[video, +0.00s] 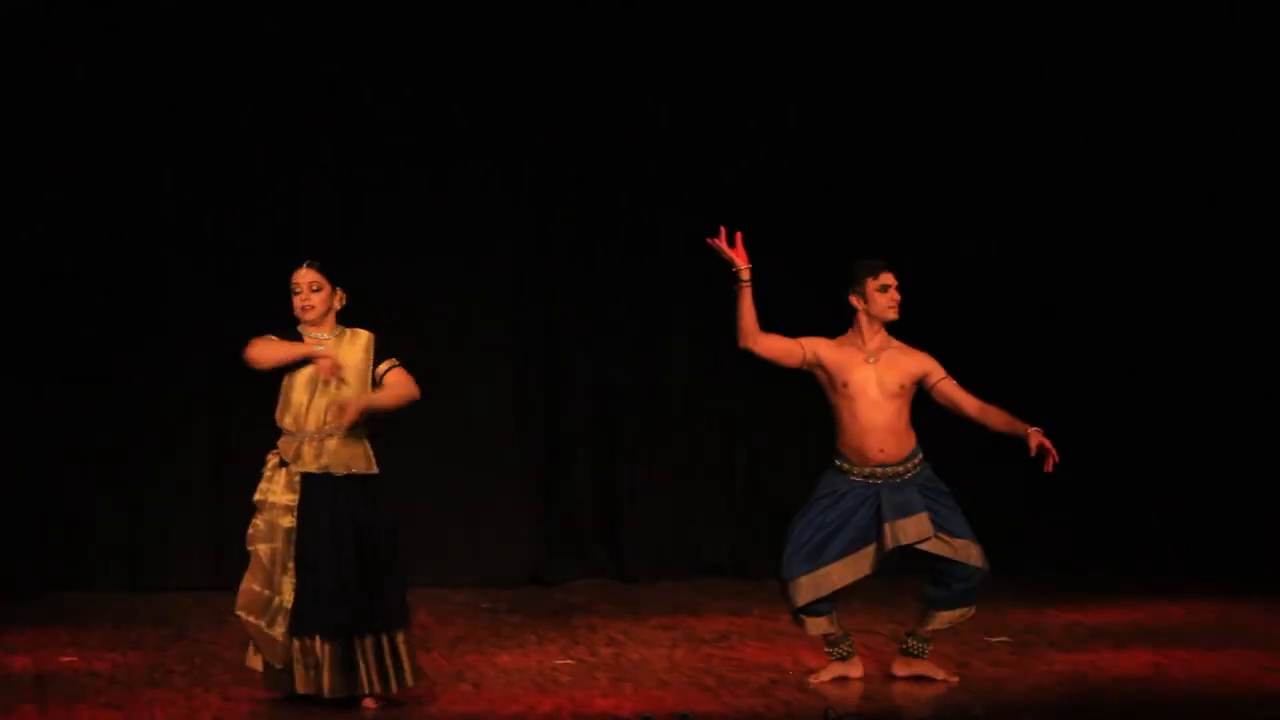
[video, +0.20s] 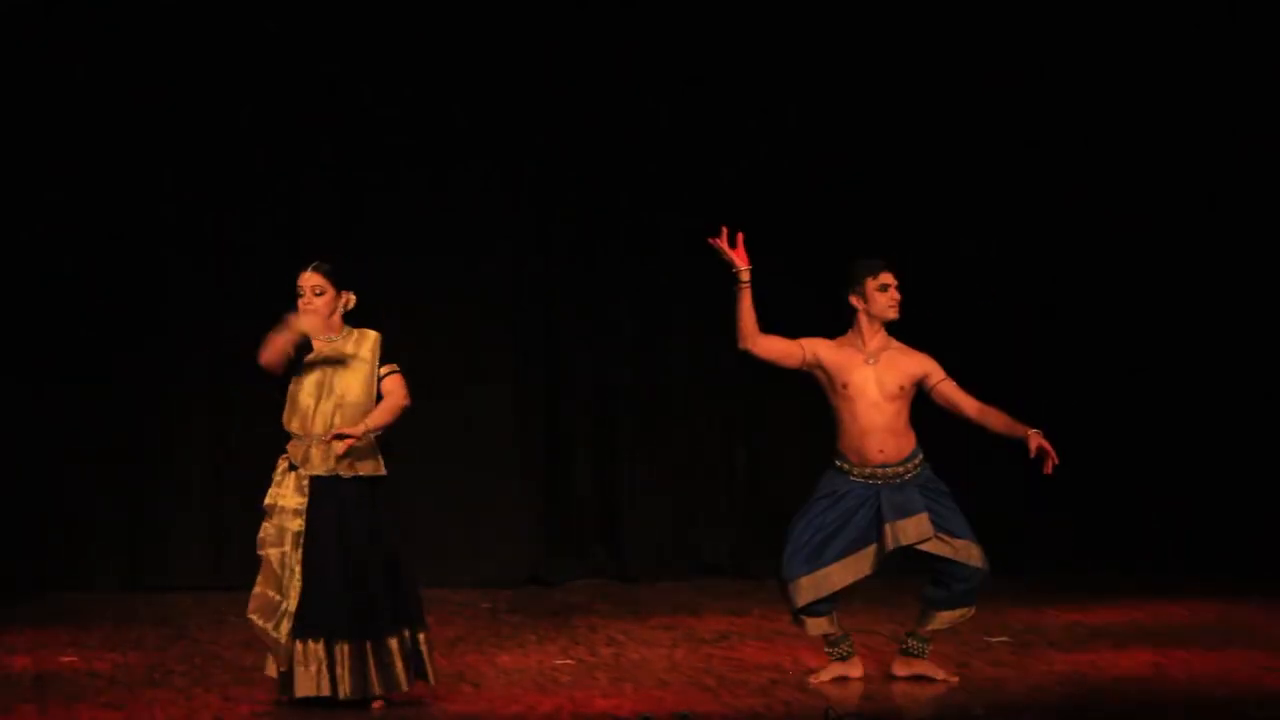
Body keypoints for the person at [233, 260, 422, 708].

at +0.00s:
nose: (304, 298)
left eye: (314, 290)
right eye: (298, 292)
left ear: (336, 297)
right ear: (292, 303)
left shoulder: (360, 343)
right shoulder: (289, 346)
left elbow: (407, 388)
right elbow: (255, 354)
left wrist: (363, 402)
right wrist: (311, 352)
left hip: (348, 476)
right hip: (294, 476)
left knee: (360, 576)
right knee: (297, 575)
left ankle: (369, 684)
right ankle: (305, 679)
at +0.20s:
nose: (307, 301)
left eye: (317, 293)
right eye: (301, 294)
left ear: (342, 300)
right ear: (297, 303)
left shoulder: (366, 344)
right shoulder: (299, 346)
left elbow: (398, 397)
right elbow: (269, 359)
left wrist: (362, 428)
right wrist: (297, 323)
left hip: (353, 478)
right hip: (302, 477)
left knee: (358, 577)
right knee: (303, 577)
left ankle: (366, 681)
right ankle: (306, 678)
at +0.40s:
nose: (311, 297)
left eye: (322, 289)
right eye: (307, 290)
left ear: (348, 296)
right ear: (302, 297)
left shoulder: (371, 342)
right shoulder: (296, 344)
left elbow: (393, 399)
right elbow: (240, 322)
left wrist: (348, 434)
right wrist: (249, 257)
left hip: (350, 478)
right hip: (300, 478)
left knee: (356, 576)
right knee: (307, 579)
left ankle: (363, 679)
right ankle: (318, 680)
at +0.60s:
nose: (314, 298)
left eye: (324, 291)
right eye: (309, 292)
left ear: (351, 298)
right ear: (304, 299)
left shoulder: (371, 346)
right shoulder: (294, 343)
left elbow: (382, 408)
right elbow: (239, 316)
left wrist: (337, 446)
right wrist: (231, 265)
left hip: (348, 481)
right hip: (295, 482)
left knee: (354, 579)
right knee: (300, 581)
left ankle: (364, 682)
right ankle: (310, 682)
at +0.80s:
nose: (336, 292)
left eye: (342, 285)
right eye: (325, 284)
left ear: (348, 295)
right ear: (303, 294)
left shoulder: (358, 343)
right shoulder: (283, 336)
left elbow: (371, 405)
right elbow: (233, 299)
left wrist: (325, 443)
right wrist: (250, 239)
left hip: (343, 475)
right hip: (286, 476)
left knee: (362, 575)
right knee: (291, 578)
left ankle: (379, 681)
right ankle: (301, 682)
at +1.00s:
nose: (335, 294)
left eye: (341, 288)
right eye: (324, 286)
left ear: (345, 298)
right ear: (298, 294)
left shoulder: (351, 344)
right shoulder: (278, 337)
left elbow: (366, 405)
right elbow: (232, 294)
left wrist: (322, 444)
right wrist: (253, 235)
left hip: (334, 475)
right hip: (278, 475)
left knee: (350, 576)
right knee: (284, 578)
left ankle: (361, 683)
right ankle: (296, 683)